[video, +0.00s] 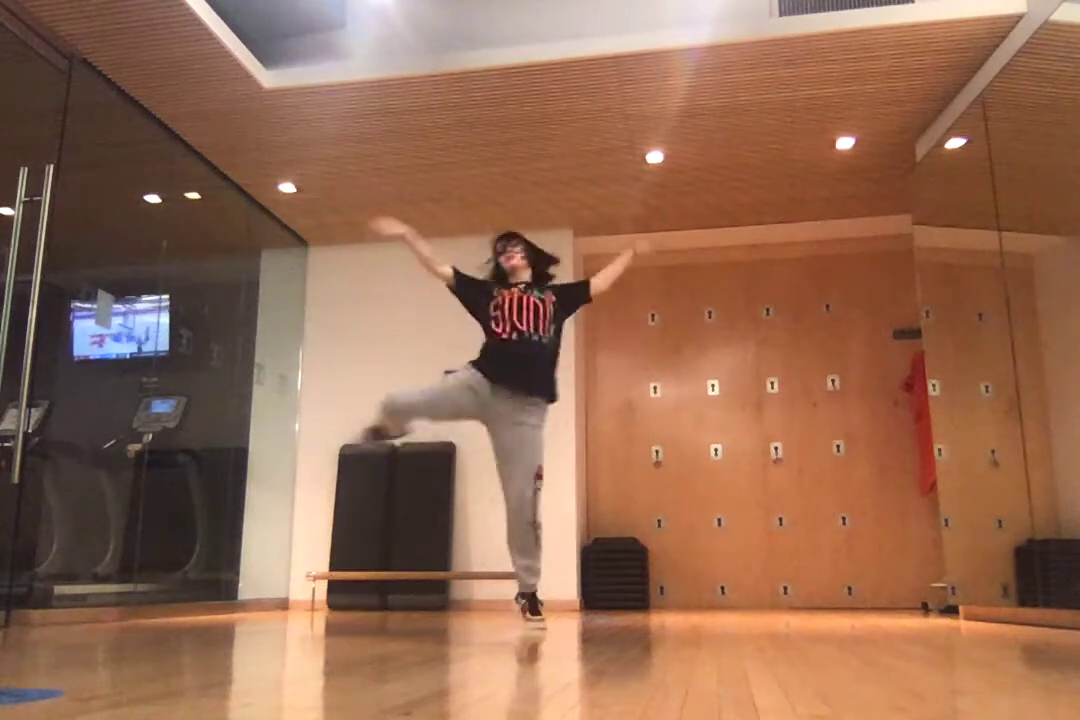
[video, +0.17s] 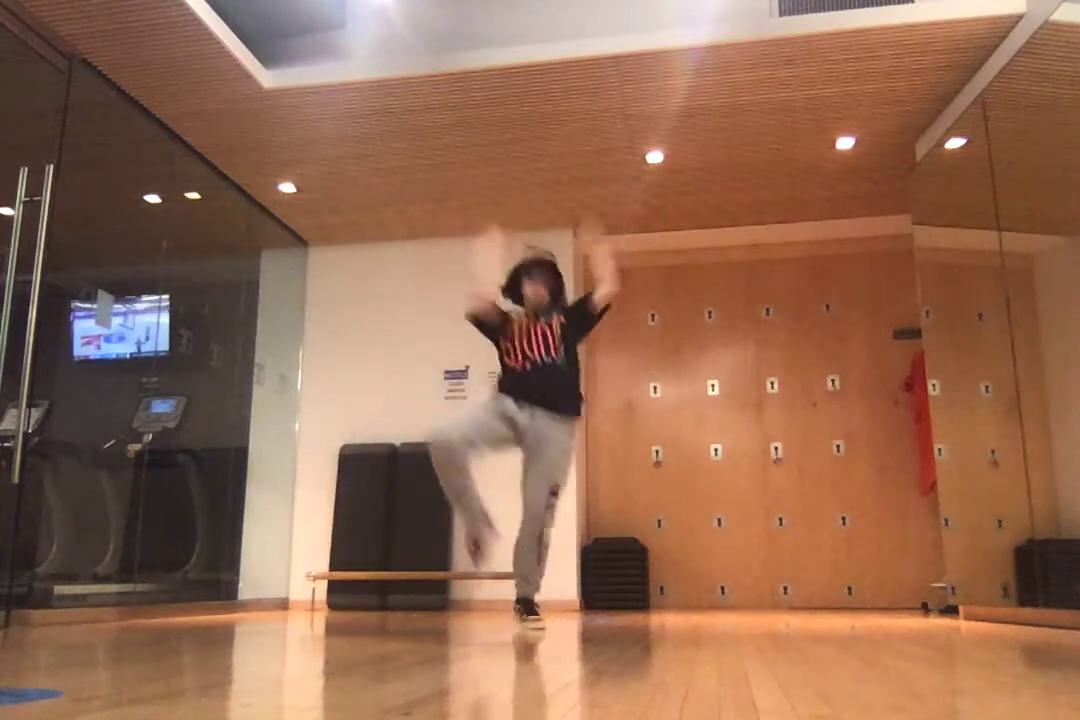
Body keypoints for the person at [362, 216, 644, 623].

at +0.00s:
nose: (510, 253)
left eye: (516, 248)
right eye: (503, 251)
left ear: (533, 256)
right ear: (498, 264)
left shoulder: (558, 297)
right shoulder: (487, 293)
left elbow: (599, 283)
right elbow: (440, 269)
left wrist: (627, 254)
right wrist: (407, 233)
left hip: (525, 409)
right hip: (480, 386)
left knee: (523, 503)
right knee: (398, 402)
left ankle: (528, 592)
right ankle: (385, 431)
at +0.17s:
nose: (537, 287)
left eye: (544, 281)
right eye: (530, 281)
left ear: (556, 289)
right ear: (516, 289)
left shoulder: (568, 321)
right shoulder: (507, 325)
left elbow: (606, 291)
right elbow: (476, 307)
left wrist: (599, 249)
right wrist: (491, 259)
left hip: (554, 422)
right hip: (508, 409)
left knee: (538, 513)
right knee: (443, 439)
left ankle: (526, 596)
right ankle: (477, 524)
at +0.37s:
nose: (562, 285)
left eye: (568, 279)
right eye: (554, 280)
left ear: (580, 286)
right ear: (545, 288)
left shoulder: (596, 321)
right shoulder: (533, 332)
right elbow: (493, 307)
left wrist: (595, 257)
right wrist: (522, 266)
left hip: (589, 429)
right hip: (542, 427)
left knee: (573, 514)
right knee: (535, 506)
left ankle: (539, 587)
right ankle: (549, 597)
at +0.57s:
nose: (599, 269)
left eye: (608, 261)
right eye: (591, 261)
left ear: (621, 267)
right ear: (580, 269)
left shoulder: (640, 296)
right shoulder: (575, 304)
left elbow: (690, 265)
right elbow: (538, 282)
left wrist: (667, 232)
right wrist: (549, 260)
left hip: (638, 422)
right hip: (587, 417)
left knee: (657, 502)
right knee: (554, 483)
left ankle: (672, 599)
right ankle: (528, 550)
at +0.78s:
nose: (663, 300)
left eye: (668, 294)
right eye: (655, 291)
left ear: (674, 303)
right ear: (638, 298)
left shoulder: (683, 346)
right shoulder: (619, 341)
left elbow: (707, 327)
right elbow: (630, 389)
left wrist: (691, 285)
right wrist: (614, 352)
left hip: (672, 445)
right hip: (627, 452)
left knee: (675, 516)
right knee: (654, 535)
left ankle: (670, 604)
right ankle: (719, 564)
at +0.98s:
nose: (695, 340)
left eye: (698, 334)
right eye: (694, 332)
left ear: (680, 328)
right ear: (679, 326)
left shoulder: (688, 361)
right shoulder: (636, 361)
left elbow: (699, 396)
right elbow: (656, 417)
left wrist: (703, 342)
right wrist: (689, 456)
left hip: (698, 456)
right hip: (656, 467)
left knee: (679, 524)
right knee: (703, 540)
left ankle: (669, 605)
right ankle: (785, 591)